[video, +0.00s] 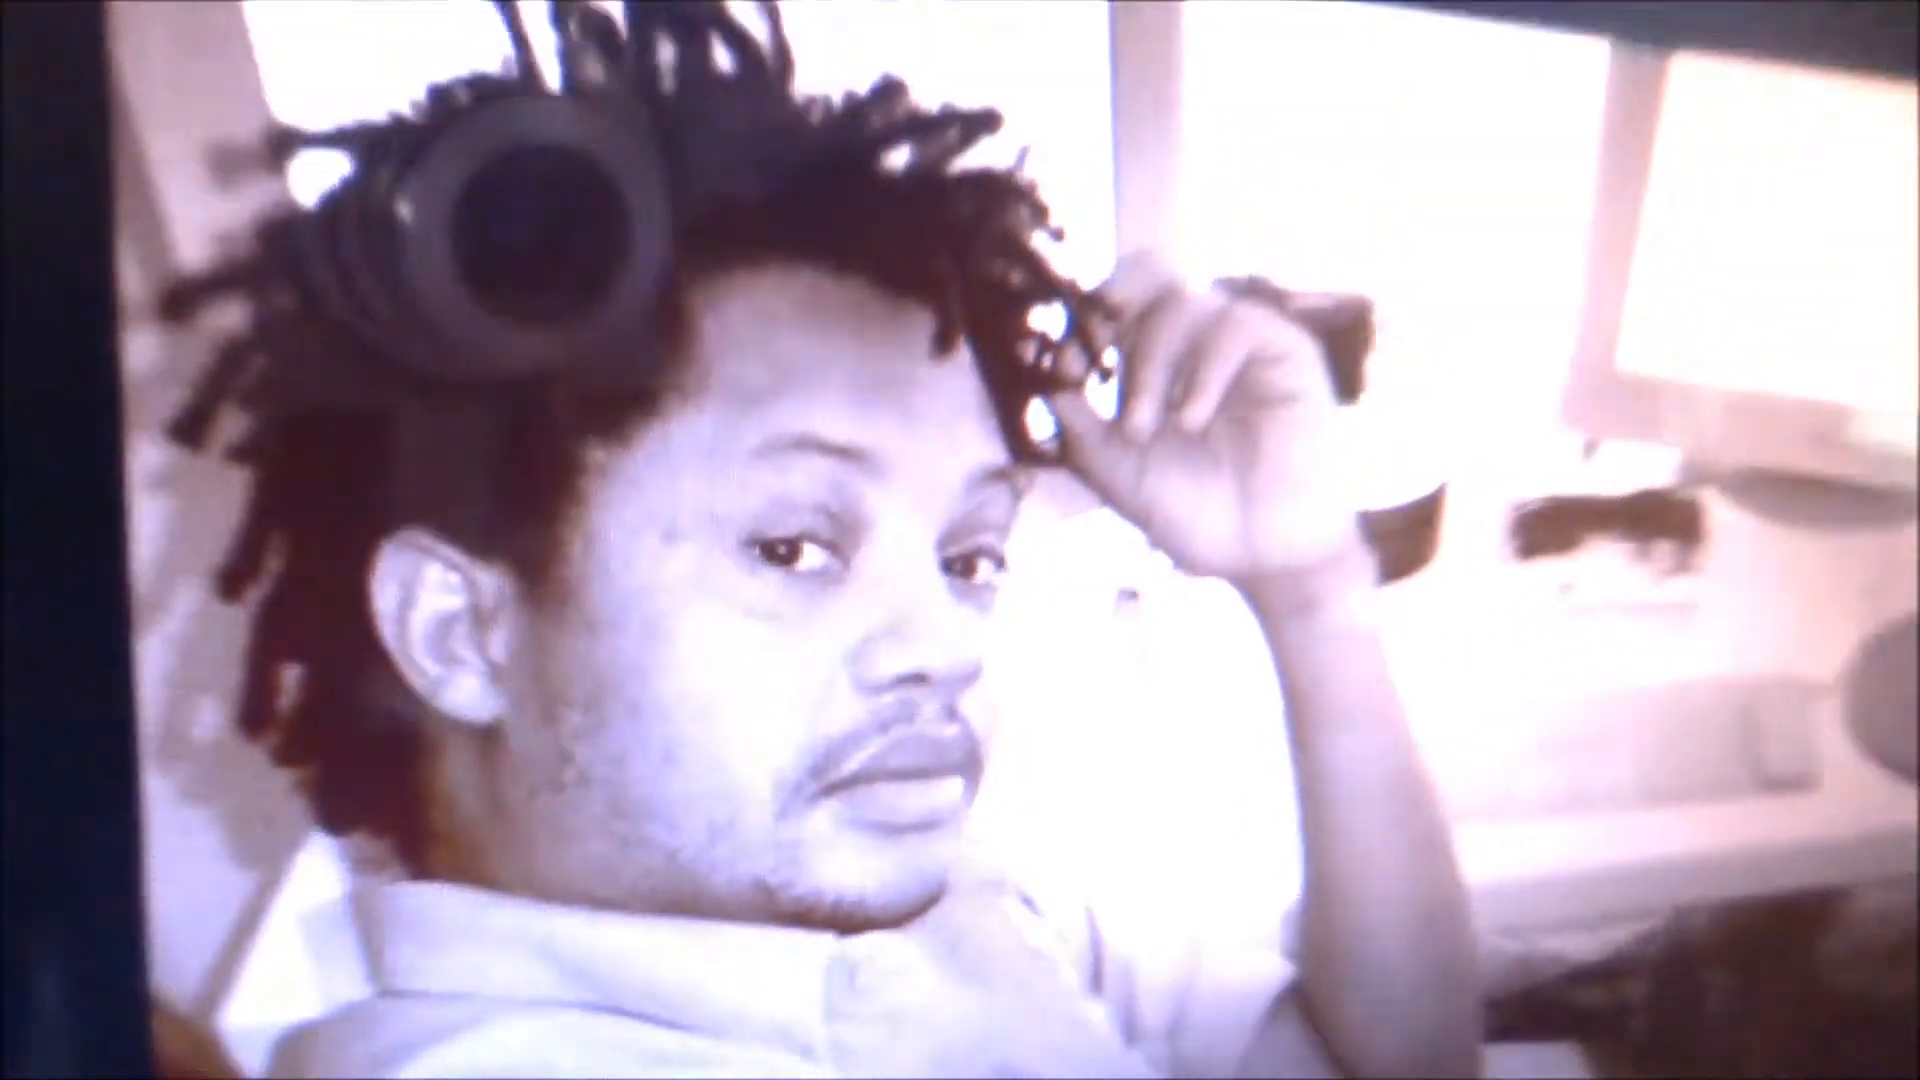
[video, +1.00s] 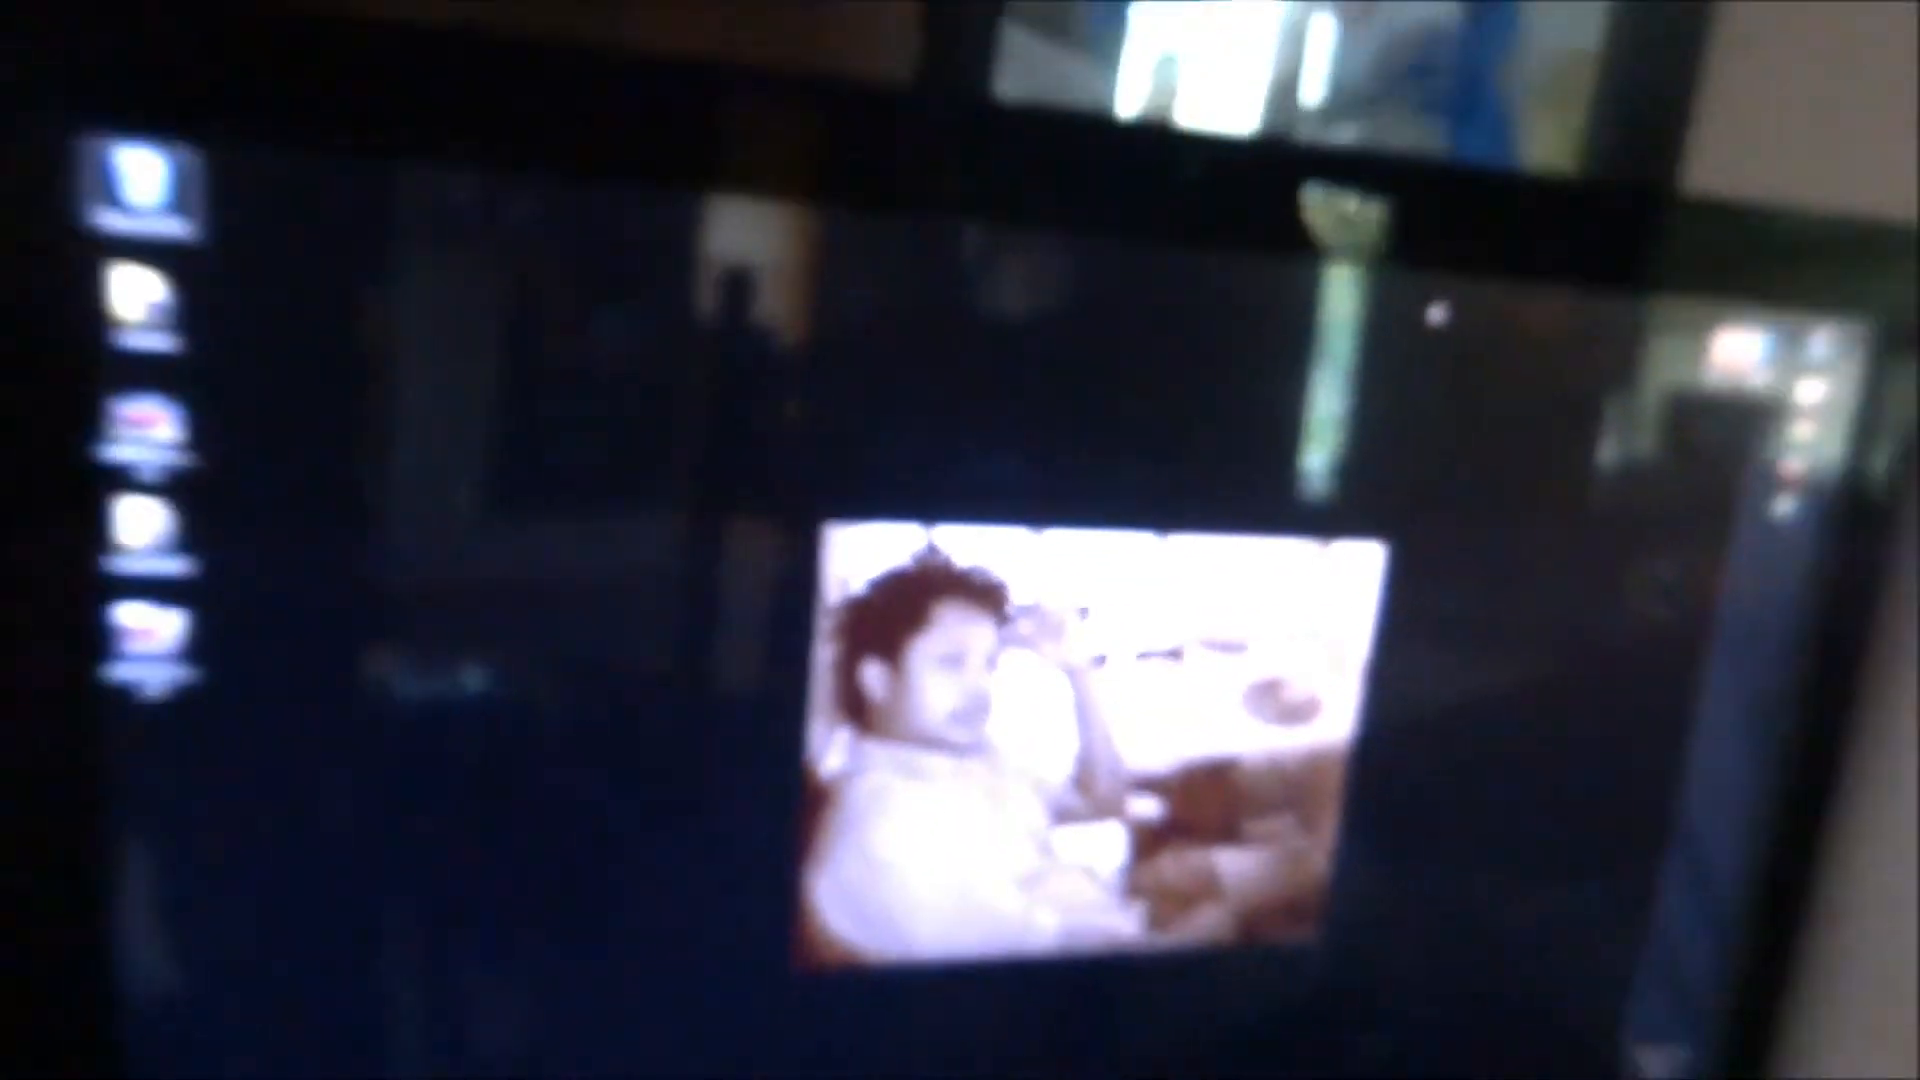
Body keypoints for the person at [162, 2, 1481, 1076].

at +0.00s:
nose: (939, 655)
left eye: (970, 563)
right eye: (797, 549)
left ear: (1009, 565)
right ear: (455, 631)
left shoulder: (1021, 963)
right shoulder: (392, 1034)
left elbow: (1399, 1054)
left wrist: (1311, 590)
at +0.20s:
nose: (976, 685)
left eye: (995, 621)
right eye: (871, 613)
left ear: (1029, 625)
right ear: (625, 672)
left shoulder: (1009, 904)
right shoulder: (666, 1033)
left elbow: (1335, 1018)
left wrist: (1257, 631)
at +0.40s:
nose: (921, 678)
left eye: (938, 628)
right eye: (845, 624)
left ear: (961, 634)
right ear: (661, 668)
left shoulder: (940, 877)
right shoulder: (681, 981)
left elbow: (1205, 936)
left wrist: (1143, 636)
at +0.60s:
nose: (872, 705)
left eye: (884, 660)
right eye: (811, 662)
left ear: (907, 659)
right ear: (671, 693)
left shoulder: (880, 834)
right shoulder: (703, 944)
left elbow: (1102, 897)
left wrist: (1049, 669)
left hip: (1118, 1043)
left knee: (1436, 964)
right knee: (1453, 994)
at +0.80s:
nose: (948, 705)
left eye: (960, 676)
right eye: (905, 674)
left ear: (975, 678)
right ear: (801, 699)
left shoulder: (951, 817)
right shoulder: (812, 895)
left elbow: (1117, 859)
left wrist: (1081, 681)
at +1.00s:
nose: (979, 688)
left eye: (988, 664)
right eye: (950, 664)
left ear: (1000, 665)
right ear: (875, 680)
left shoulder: (981, 773)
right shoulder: (874, 824)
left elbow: (1103, 803)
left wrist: (1078, 673)